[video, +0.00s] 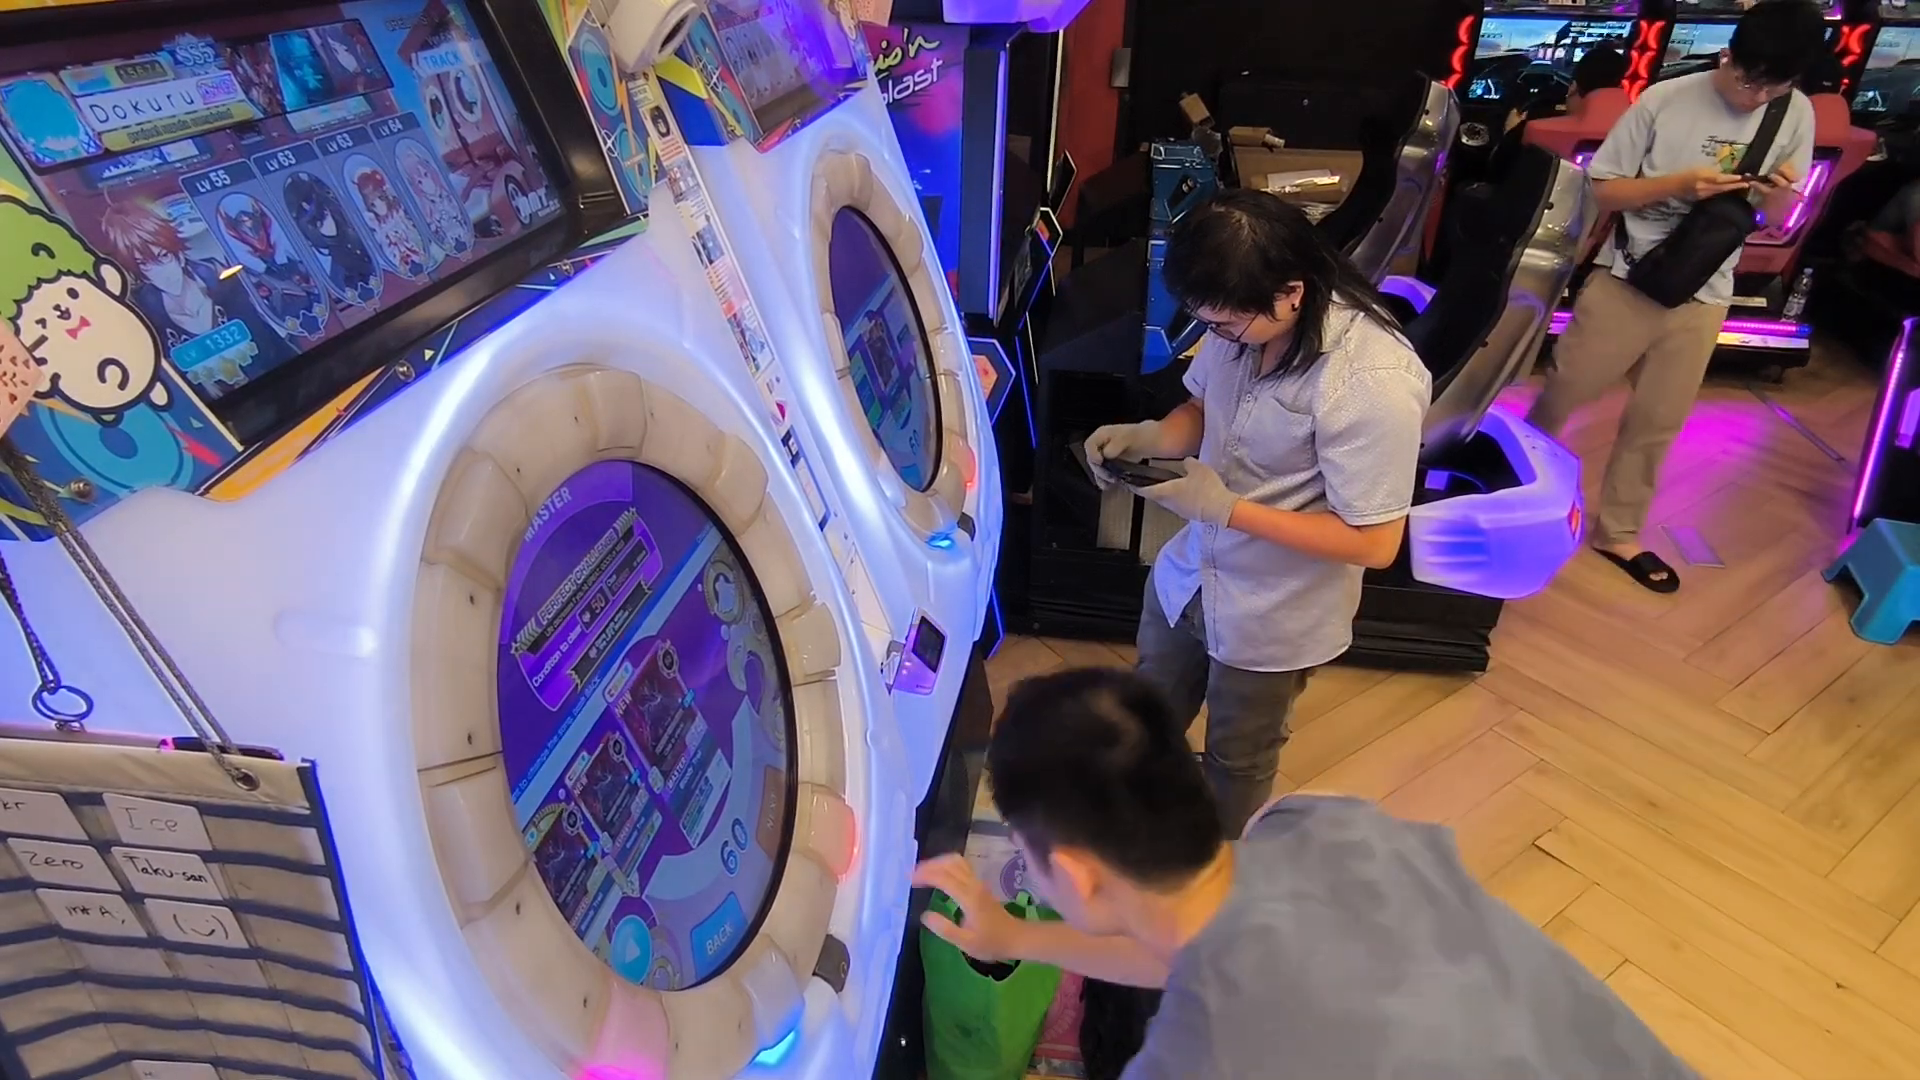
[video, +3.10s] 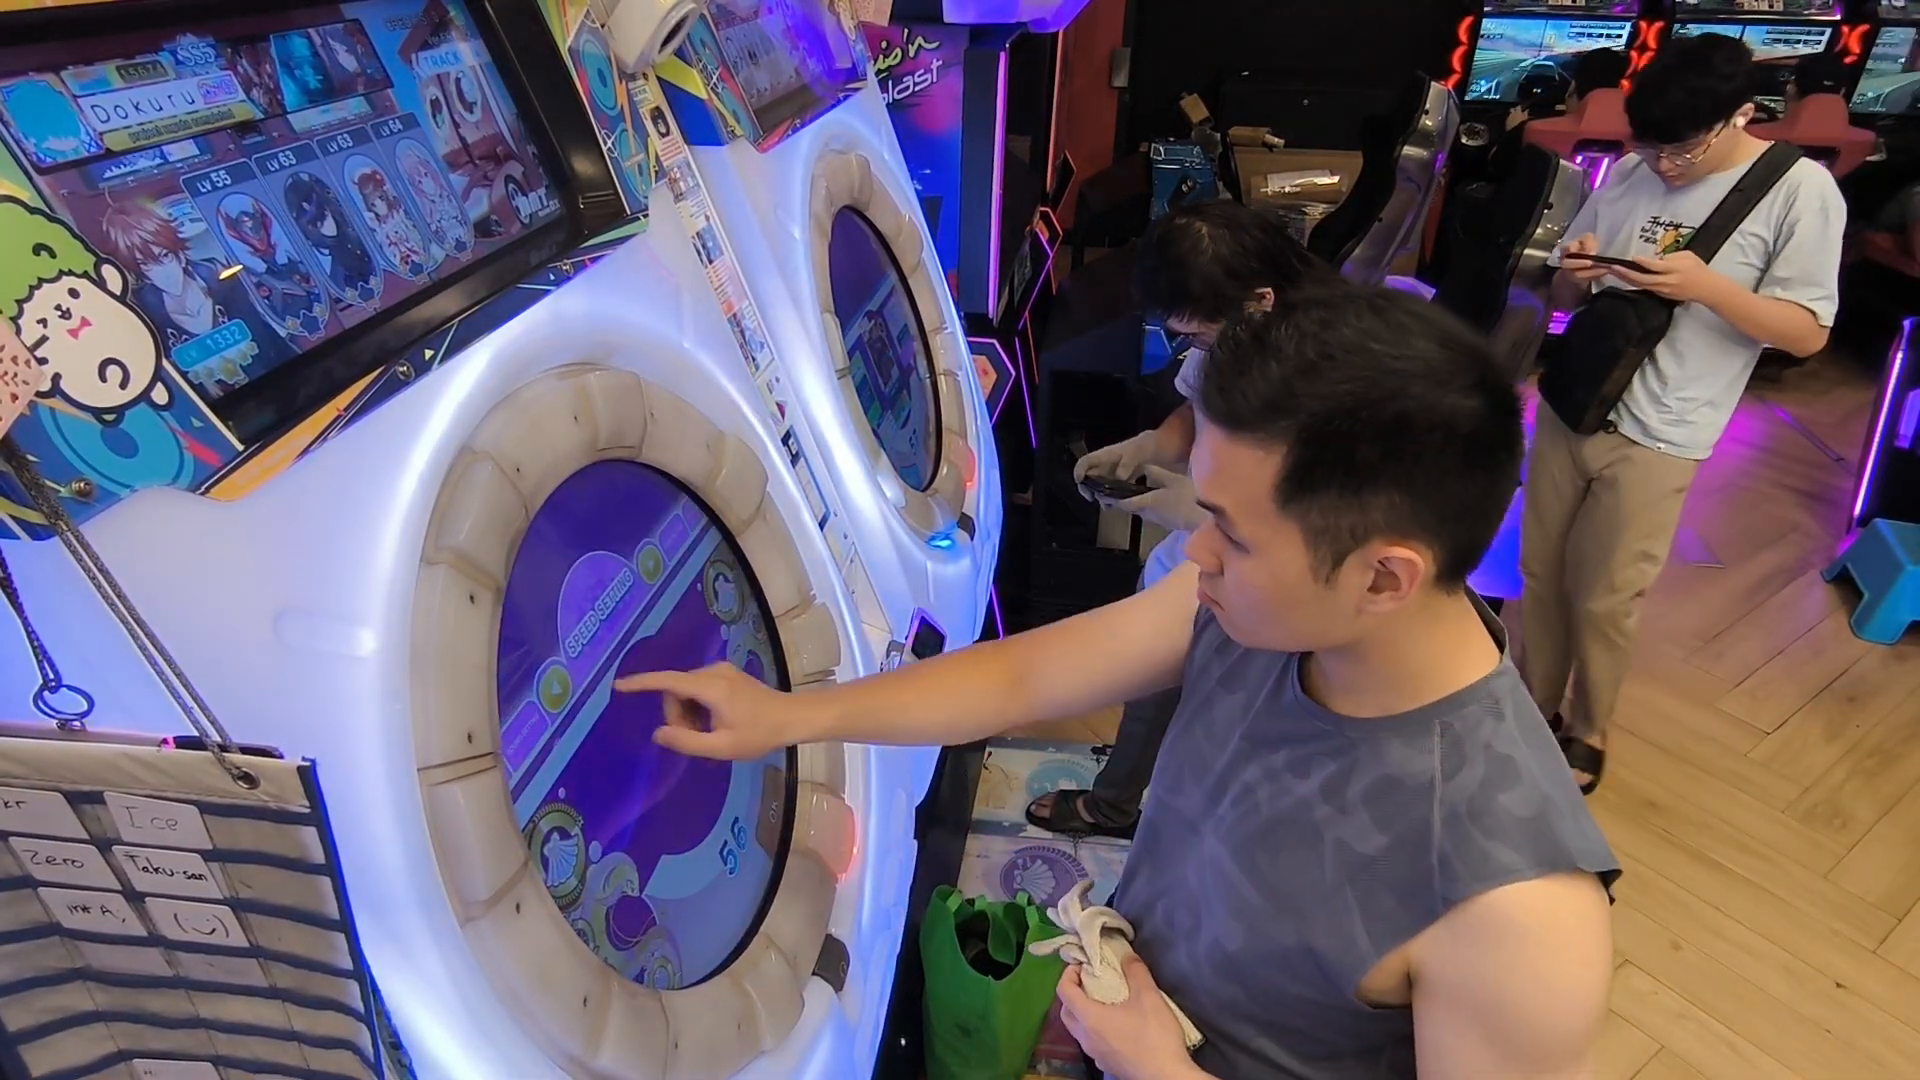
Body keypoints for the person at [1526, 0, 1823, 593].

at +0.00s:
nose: (1757, 98)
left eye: (1773, 89)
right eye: (1751, 83)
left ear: (1792, 79)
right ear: (1729, 57)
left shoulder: (1794, 115)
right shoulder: (1662, 101)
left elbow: (1779, 219)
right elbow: (1604, 191)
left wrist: (1779, 197)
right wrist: (1681, 185)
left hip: (1703, 300)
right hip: (1625, 282)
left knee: (1656, 425)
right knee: (1564, 395)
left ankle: (1618, 535)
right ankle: (1503, 488)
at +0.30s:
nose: (1788, 102)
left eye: (1807, 95)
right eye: (1783, 84)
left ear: (1833, 88)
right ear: (1765, 58)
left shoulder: (1839, 126)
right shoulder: (1701, 105)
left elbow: (1820, 229)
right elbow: (1622, 200)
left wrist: (1815, 212)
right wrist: (1701, 192)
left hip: (1724, 313)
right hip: (1646, 288)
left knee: (1667, 436)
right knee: (1609, 426)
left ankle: (1622, 541)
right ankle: (1582, 552)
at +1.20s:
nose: (1750, 129)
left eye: (1768, 118)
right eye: (1739, 112)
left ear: (1794, 100)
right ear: (1717, 87)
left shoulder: (1823, 136)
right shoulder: (1660, 140)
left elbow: (1836, 248)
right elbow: (1602, 252)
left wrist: (1816, 224)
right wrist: (1671, 226)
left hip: (1742, 356)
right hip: (1646, 341)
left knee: (1711, 498)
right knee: (1615, 482)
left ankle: (1679, 625)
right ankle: (1585, 597)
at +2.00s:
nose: (1854, 151)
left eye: (1877, 139)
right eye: (1842, 129)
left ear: (1907, 125)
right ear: (1821, 104)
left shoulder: (1912, 195)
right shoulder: (1759, 159)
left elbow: (1915, 308)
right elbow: (1675, 275)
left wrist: (1891, 277)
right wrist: (1738, 262)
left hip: (1799, 420)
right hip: (1698, 382)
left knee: (1725, 558)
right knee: (1632, 518)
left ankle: (1672, 675)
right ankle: (1614, 603)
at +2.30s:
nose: (1844, 161)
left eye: (1867, 151)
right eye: (1832, 140)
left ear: (1906, 138)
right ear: (1817, 113)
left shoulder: (1916, 209)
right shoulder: (1768, 161)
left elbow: (1916, 328)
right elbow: (1677, 276)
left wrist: (1878, 295)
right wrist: (1721, 270)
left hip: (1788, 431)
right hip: (1690, 389)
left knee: (1719, 567)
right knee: (1621, 542)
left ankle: (1671, 678)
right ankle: (1582, 684)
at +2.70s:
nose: (1744, 161)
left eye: (1765, 149)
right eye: (1732, 140)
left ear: (1823, 121)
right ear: (1719, 115)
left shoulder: (1871, 192)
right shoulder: (1684, 174)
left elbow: (1873, 327)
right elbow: (1610, 296)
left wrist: (1790, 289)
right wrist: (1641, 277)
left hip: (1724, 438)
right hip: (1621, 406)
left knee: (1691, 577)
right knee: (1571, 563)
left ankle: (1668, 680)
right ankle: (1539, 701)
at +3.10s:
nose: (1660, 160)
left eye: (1676, 147)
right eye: (1650, 143)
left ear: (1731, 122)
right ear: (1641, 121)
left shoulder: (1802, 192)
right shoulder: (1629, 168)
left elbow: (1806, 331)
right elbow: (1557, 282)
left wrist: (1706, 287)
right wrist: (1569, 274)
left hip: (1658, 442)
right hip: (1569, 410)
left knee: (1600, 600)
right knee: (1541, 576)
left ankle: (1585, 737)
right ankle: (1536, 713)